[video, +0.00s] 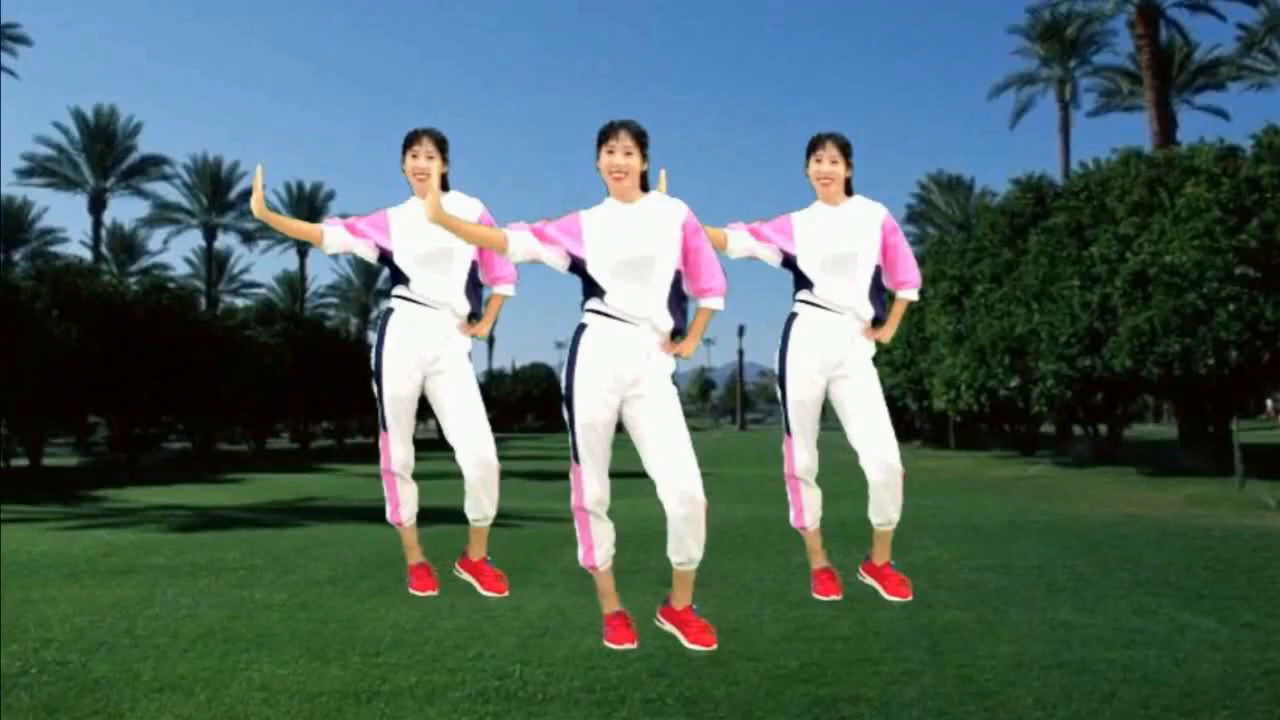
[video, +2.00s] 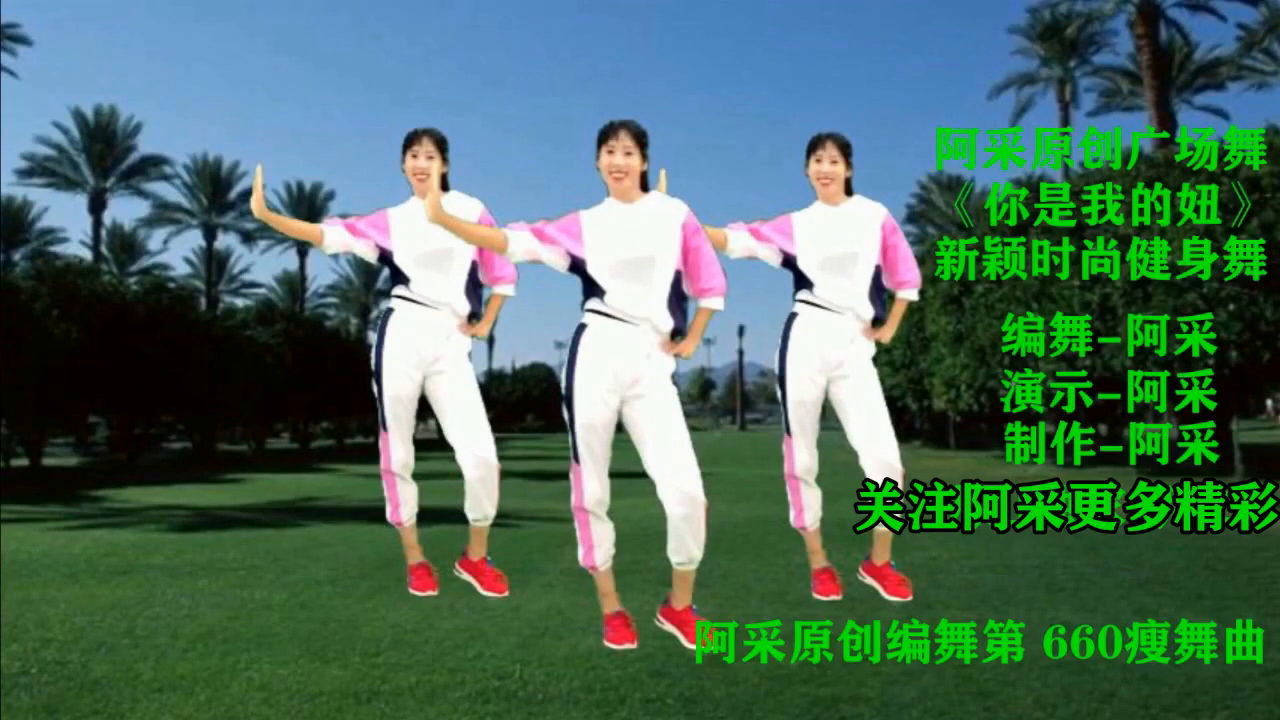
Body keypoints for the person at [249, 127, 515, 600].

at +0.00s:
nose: (420, 164)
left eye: (428, 157)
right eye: (412, 157)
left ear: (444, 165)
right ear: (404, 166)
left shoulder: (473, 211)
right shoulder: (393, 220)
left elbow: (503, 272)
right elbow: (327, 235)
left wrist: (485, 324)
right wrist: (266, 215)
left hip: (451, 334)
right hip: (401, 331)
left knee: (482, 456)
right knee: (399, 452)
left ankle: (476, 557)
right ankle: (415, 561)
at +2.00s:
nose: (420, 164)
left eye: (428, 157)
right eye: (412, 157)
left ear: (444, 165)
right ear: (404, 166)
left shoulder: (473, 211)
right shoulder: (393, 220)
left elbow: (503, 273)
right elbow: (327, 235)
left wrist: (484, 325)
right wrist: (265, 214)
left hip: (451, 335)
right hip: (401, 331)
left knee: (482, 457)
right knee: (399, 453)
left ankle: (476, 557)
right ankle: (415, 561)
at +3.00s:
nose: (420, 164)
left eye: (428, 157)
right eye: (412, 157)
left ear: (444, 165)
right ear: (403, 166)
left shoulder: (473, 211)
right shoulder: (393, 220)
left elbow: (503, 273)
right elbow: (327, 235)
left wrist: (484, 325)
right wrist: (265, 215)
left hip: (451, 335)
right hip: (401, 331)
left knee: (482, 456)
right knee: (399, 453)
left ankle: (476, 557)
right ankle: (415, 561)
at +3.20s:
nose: (420, 164)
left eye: (428, 157)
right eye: (412, 157)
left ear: (444, 165)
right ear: (403, 166)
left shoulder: (473, 211)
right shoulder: (393, 220)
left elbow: (503, 273)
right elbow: (327, 235)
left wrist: (484, 325)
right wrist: (265, 215)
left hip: (451, 335)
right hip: (401, 331)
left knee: (482, 456)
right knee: (399, 453)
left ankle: (476, 557)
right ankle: (415, 561)